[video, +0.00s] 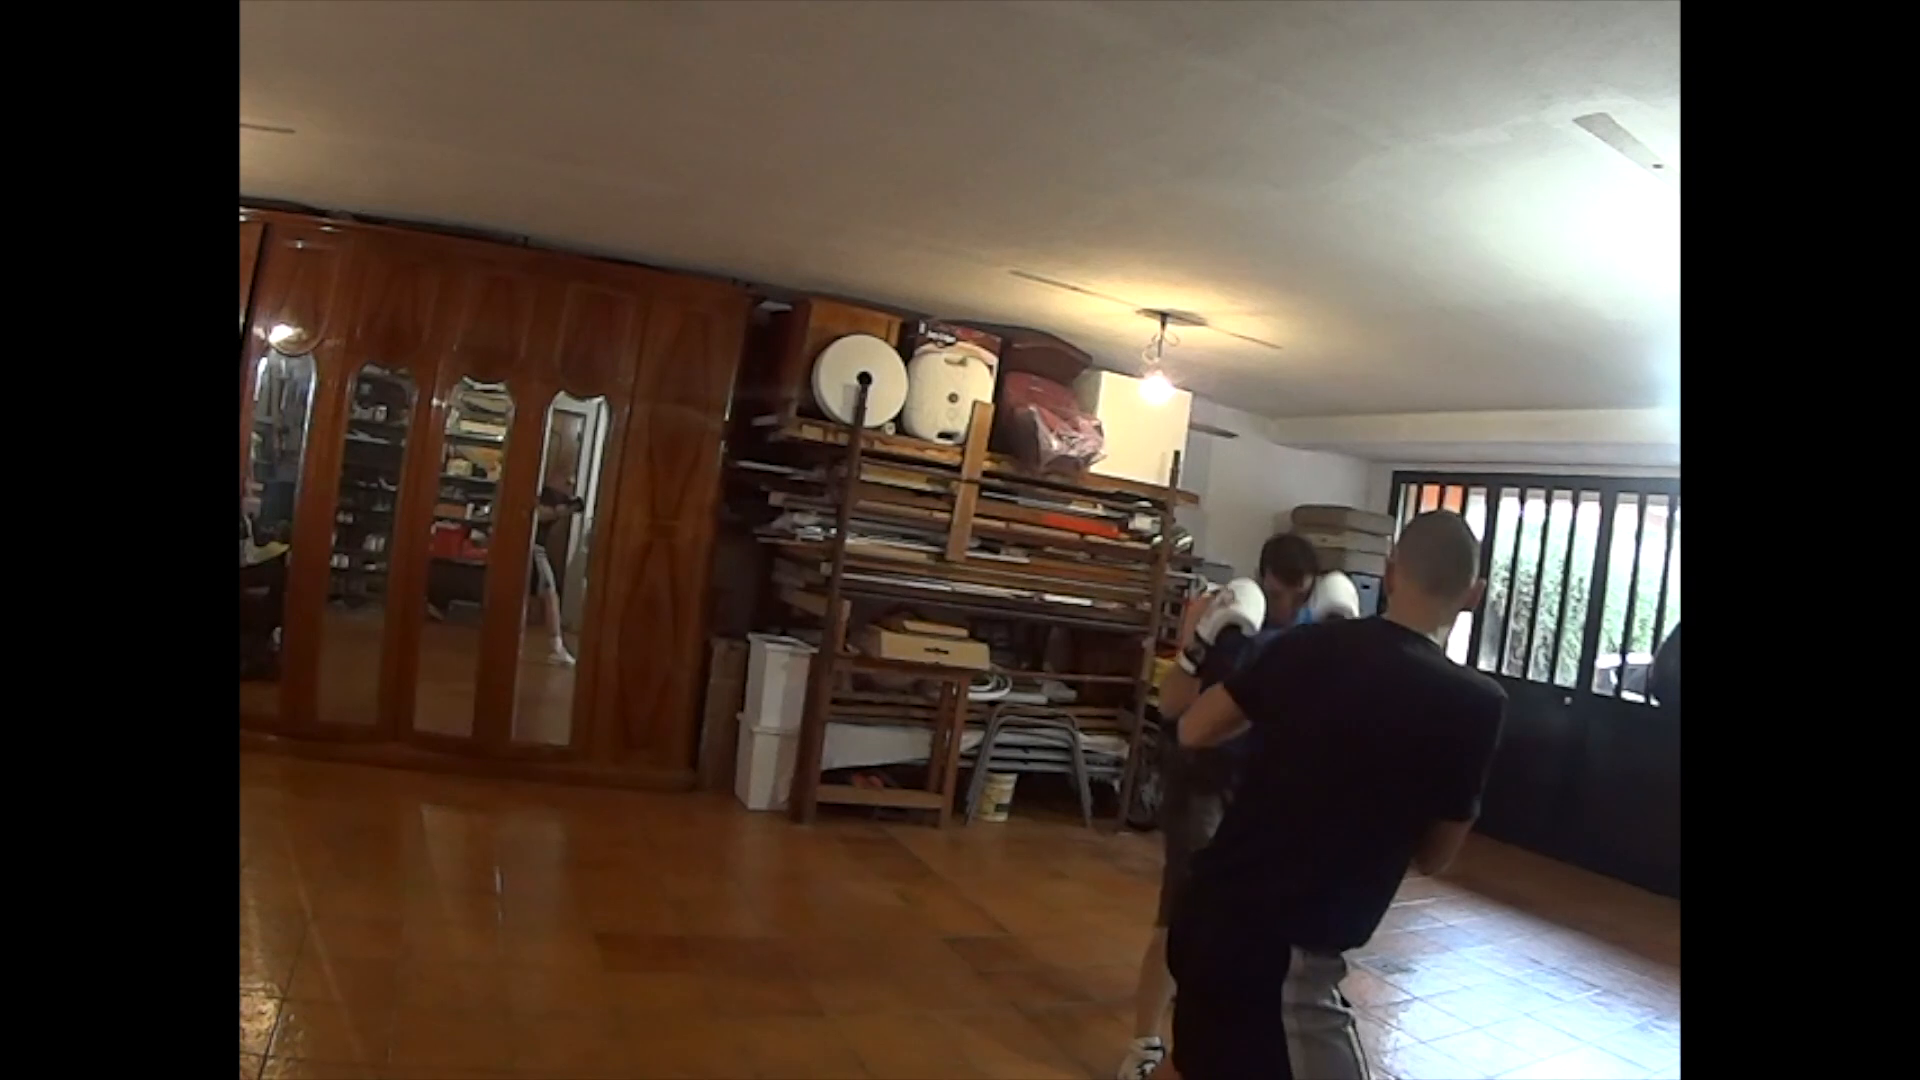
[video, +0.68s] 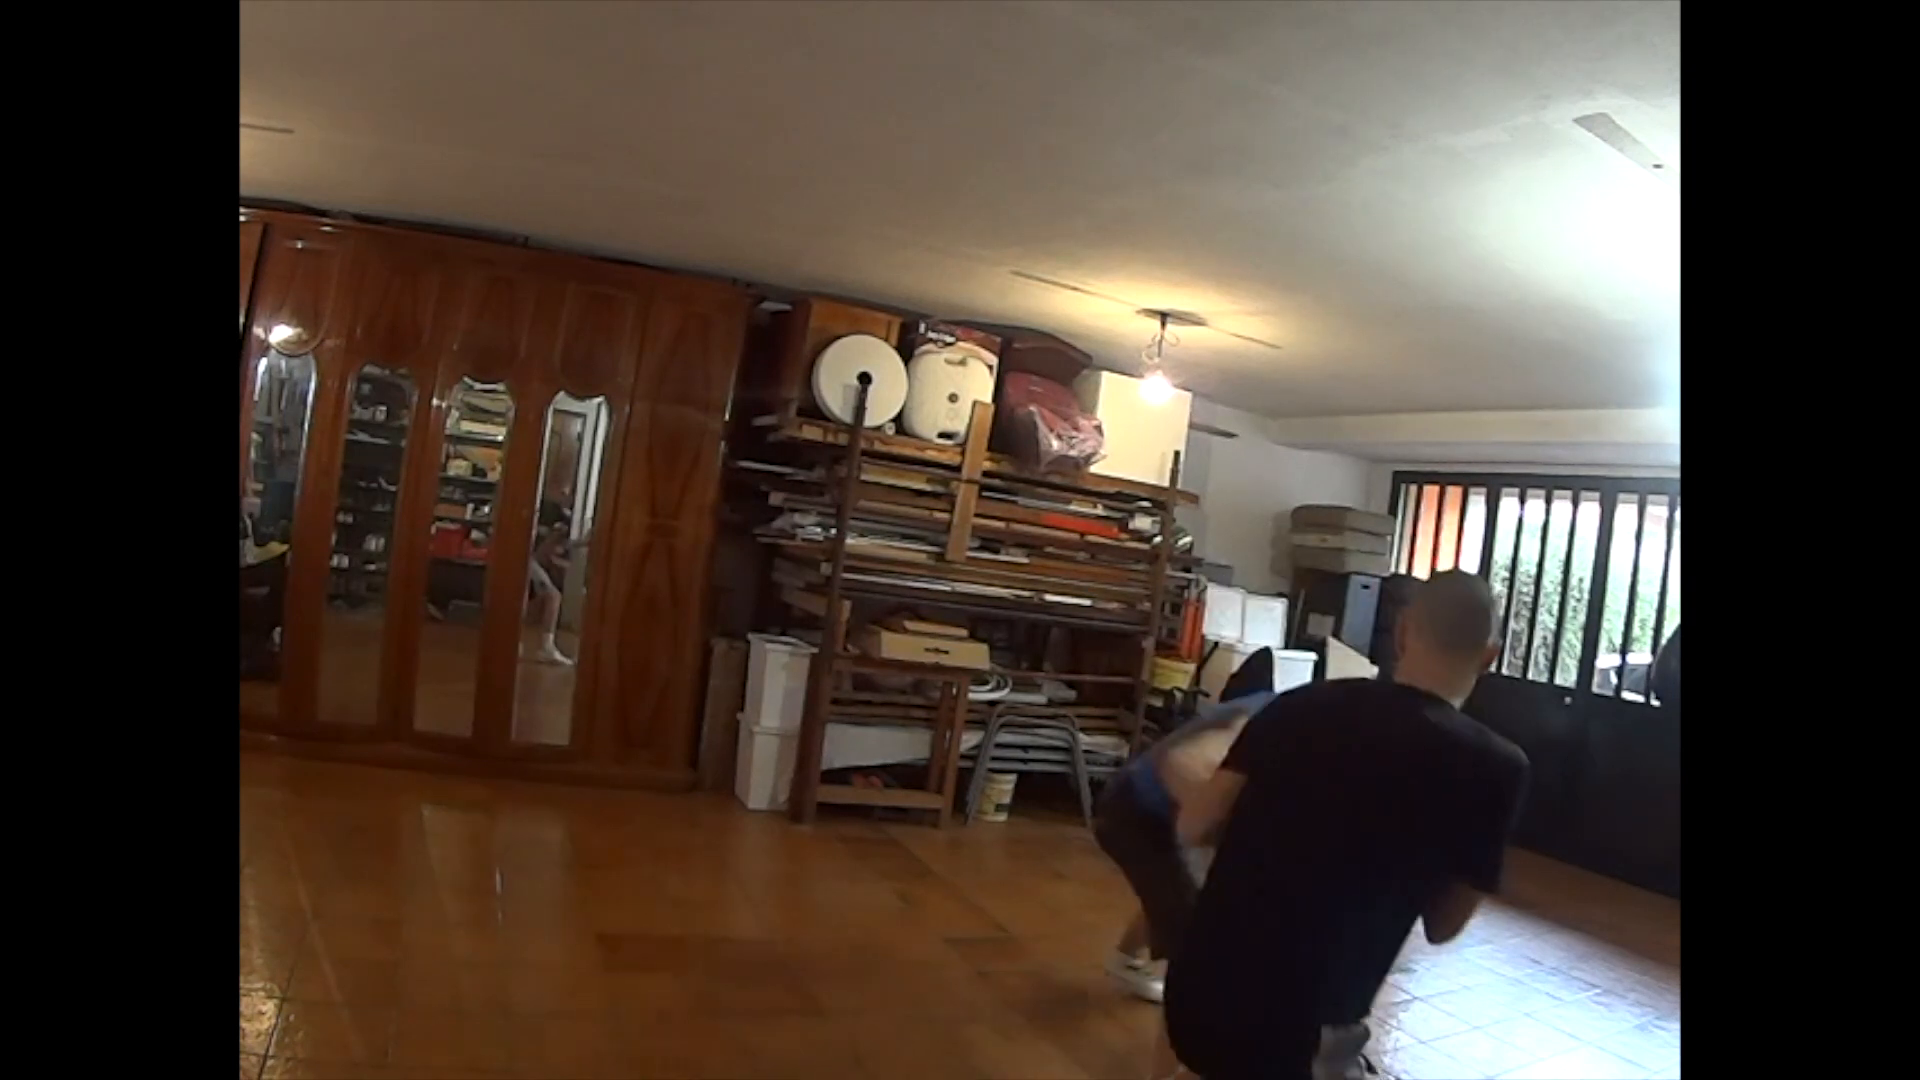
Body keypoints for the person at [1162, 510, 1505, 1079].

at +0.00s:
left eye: (1391, 564)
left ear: (1389, 572)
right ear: (1473, 596)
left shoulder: (1306, 647)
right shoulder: (1474, 704)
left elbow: (1194, 730)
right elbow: (1436, 857)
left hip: (1212, 918)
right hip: (1301, 959)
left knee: (1201, 1064)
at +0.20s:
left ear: (1384, 572)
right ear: (1467, 595)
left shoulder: (1298, 655)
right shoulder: (1479, 701)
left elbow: (1198, 770)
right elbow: (1444, 857)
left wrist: (1276, 774)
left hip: (1218, 927)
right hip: (1315, 963)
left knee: (1213, 1065)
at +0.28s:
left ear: (1375, 576)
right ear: (1455, 598)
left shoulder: (1299, 656)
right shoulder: (1474, 691)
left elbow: (1200, 777)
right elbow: (1445, 856)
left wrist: (1271, 786)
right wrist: (1388, 800)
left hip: (1213, 924)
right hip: (1311, 959)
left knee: (1213, 1057)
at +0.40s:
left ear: (1371, 591)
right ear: (1447, 610)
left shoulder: (1298, 663)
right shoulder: (1460, 701)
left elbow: (1199, 749)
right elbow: (1436, 858)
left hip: (1203, 937)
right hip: (1302, 965)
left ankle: (1202, 1061)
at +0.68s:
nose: (1397, 635)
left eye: (1399, 625)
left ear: (1403, 632)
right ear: (1490, 659)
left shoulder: (1305, 704)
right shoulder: (1493, 765)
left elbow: (1197, 823)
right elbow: (1443, 924)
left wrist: (1185, 768)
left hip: (1199, 994)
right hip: (1309, 1031)